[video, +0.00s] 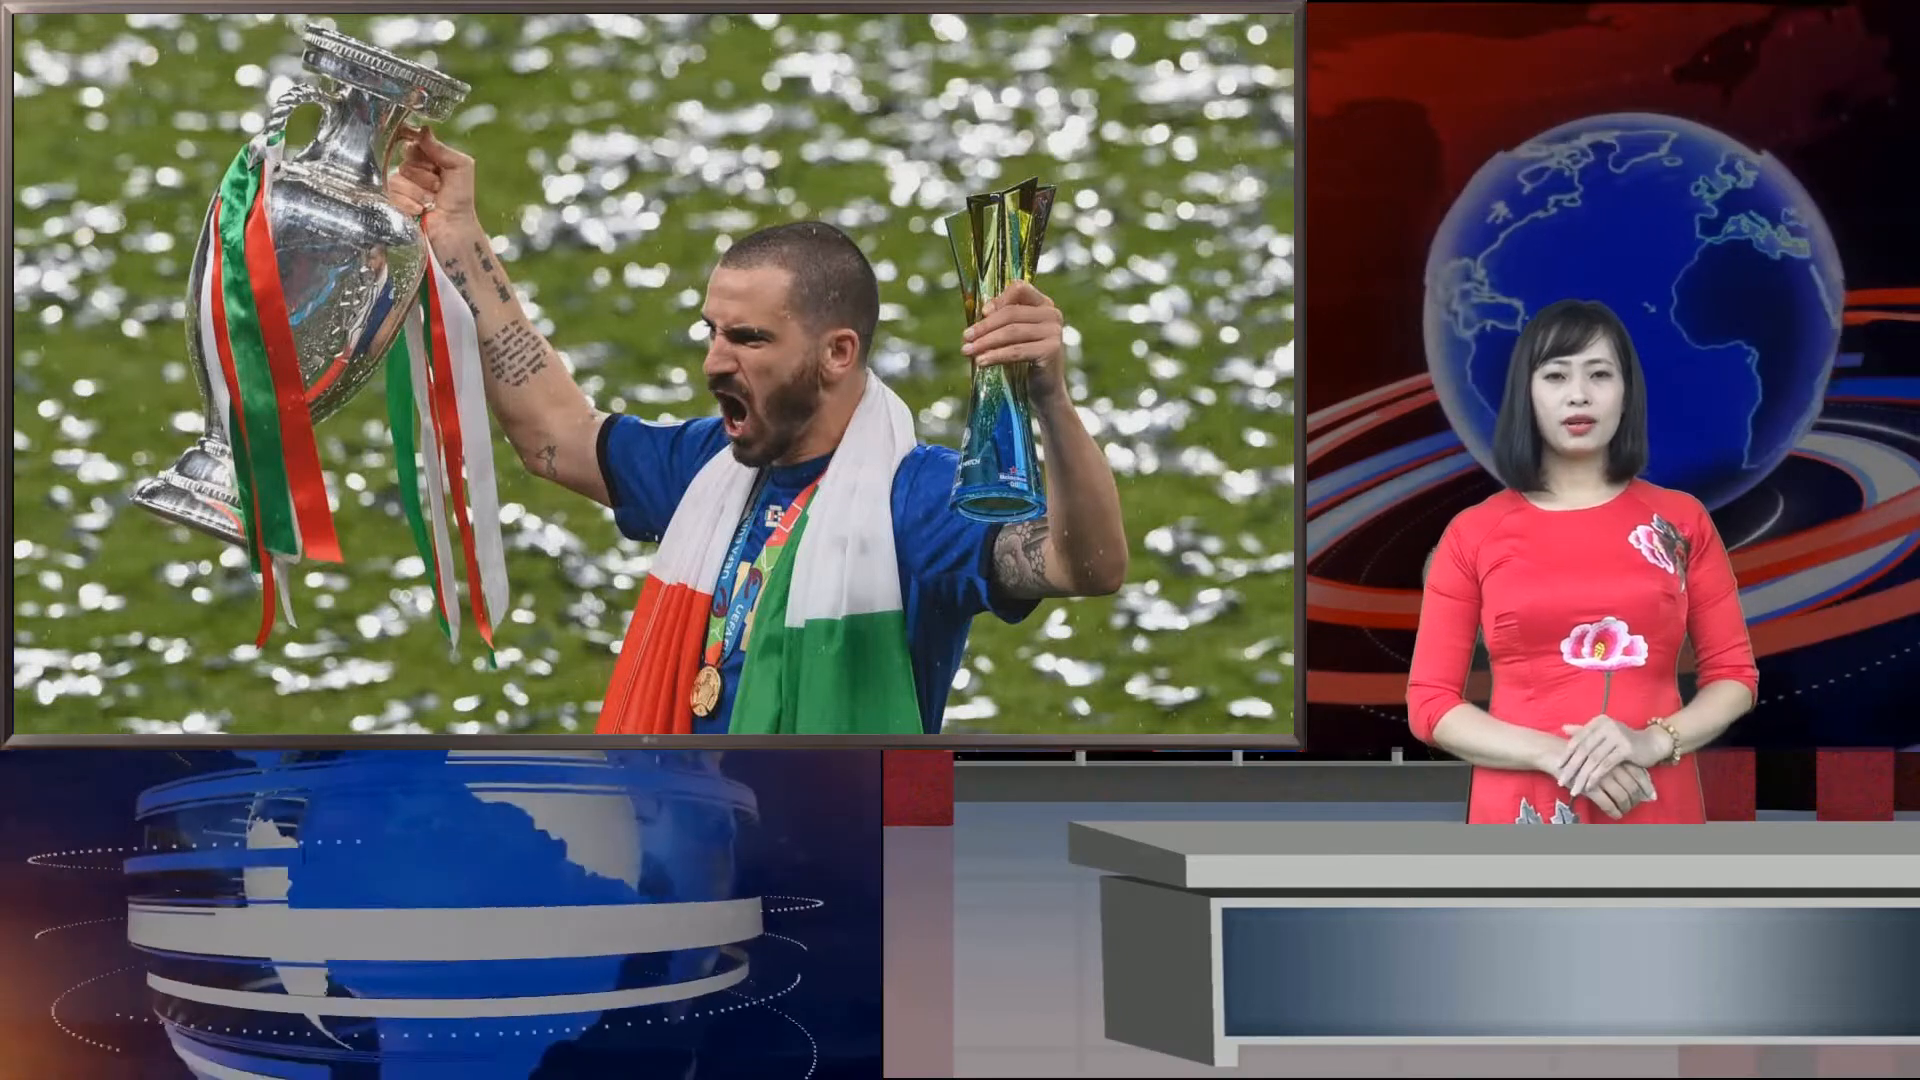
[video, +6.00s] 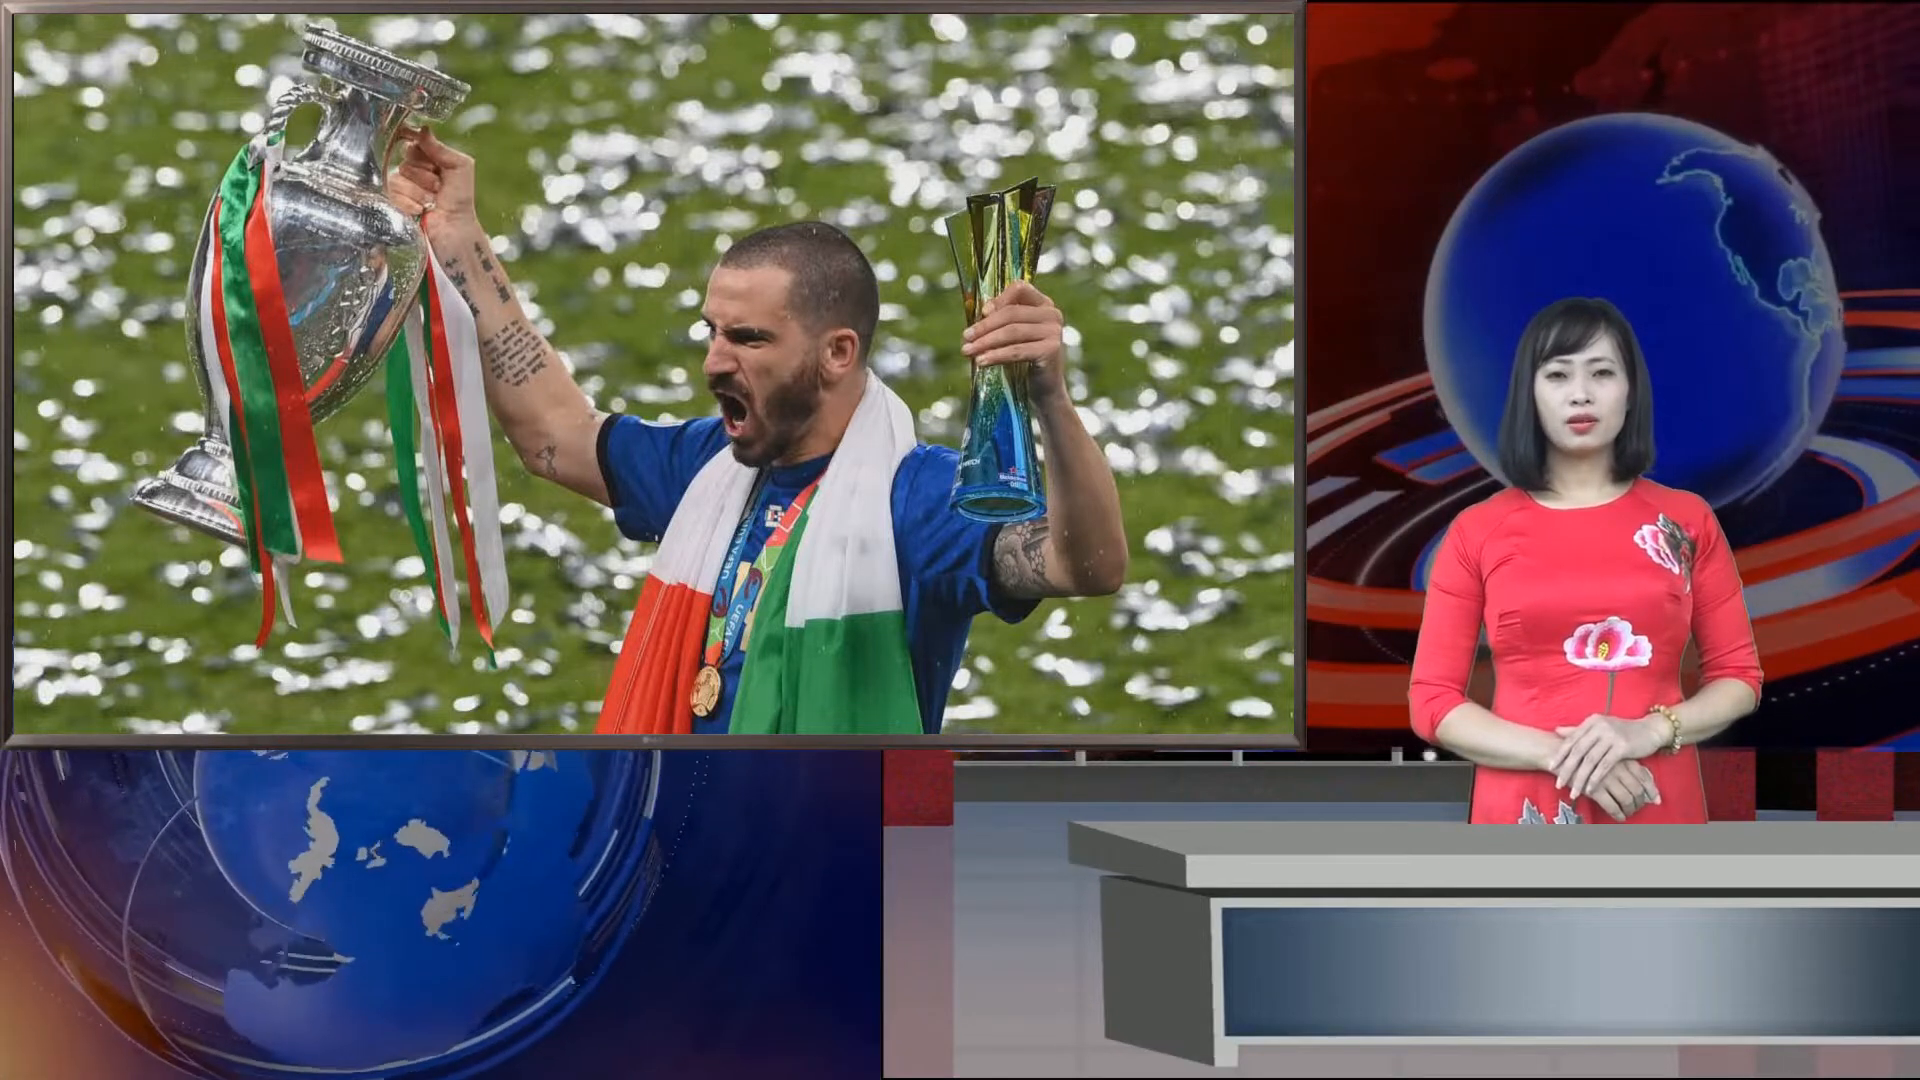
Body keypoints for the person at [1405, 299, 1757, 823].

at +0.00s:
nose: (1578, 394)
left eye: (1599, 375)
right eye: (1556, 375)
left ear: (1626, 393)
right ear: (1527, 393)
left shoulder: (1680, 521)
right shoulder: (1474, 535)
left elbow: (1734, 679)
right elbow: (1430, 704)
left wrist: (1653, 740)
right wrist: (1557, 752)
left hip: (1659, 823)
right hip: (1519, 825)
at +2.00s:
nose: (1581, 392)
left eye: (1602, 372)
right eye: (1559, 374)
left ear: (1629, 391)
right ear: (1531, 393)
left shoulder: (1685, 521)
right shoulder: (1479, 534)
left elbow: (1740, 679)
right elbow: (1433, 701)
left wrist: (1650, 717)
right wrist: (1555, 752)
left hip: (1662, 822)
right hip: (1523, 822)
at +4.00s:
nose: (1580, 394)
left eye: (1601, 375)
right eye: (1558, 376)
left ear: (1629, 391)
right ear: (1530, 394)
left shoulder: (1685, 522)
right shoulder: (1479, 533)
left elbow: (1737, 680)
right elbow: (1432, 701)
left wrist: (1650, 728)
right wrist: (1566, 752)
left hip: (1661, 823)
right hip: (1521, 824)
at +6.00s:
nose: (1580, 393)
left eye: (1602, 373)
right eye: (1558, 375)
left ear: (1630, 391)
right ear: (1530, 391)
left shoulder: (1686, 521)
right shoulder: (1478, 533)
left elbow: (1739, 680)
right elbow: (1432, 702)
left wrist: (1652, 729)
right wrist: (1565, 753)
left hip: (1662, 825)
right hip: (1520, 826)